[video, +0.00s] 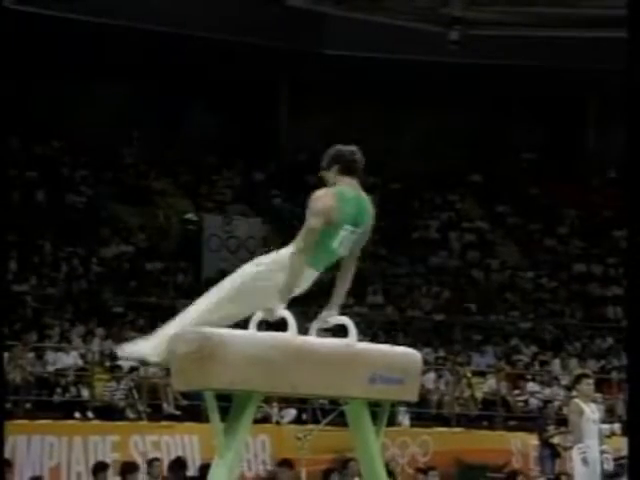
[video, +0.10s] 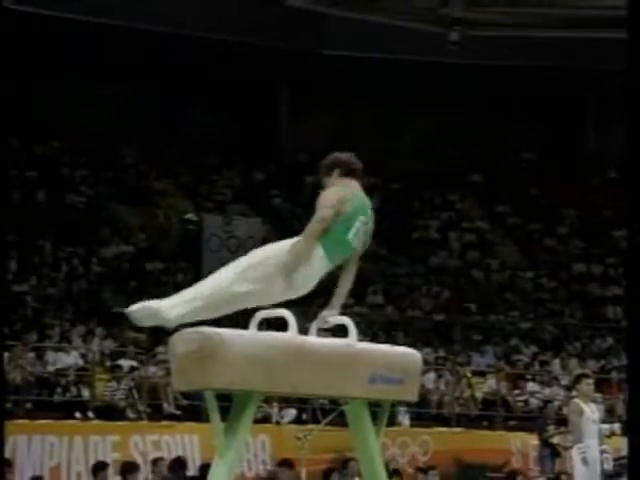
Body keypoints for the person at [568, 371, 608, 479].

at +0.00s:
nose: (591, 388)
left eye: (592, 384)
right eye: (587, 384)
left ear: (594, 386)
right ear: (577, 387)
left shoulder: (593, 406)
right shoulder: (575, 405)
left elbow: (594, 428)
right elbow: (575, 429)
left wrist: (611, 429)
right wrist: (581, 452)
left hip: (595, 448)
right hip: (584, 449)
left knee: (595, 474)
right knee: (584, 475)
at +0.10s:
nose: (591, 387)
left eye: (592, 384)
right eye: (587, 384)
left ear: (594, 386)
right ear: (577, 387)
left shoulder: (593, 406)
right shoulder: (575, 404)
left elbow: (594, 428)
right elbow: (575, 430)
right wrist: (580, 452)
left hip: (594, 448)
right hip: (583, 449)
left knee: (595, 474)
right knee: (583, 475)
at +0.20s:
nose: (590, 387)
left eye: (591, 384)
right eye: (586, 384)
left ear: (593, 386)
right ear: (577, 387)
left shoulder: (592, 406)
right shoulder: (575, 404)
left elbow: (594, 428)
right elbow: (574, 430)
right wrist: (580, 451)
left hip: (594, 448)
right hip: (582, 449)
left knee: (594, 474)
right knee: (583, 475)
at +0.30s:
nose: (590, 387)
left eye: (591, 384)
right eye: (587, 384)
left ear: (593, 386)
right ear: (577, 387)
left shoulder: (592, 405)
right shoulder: (575, 404)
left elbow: (594, 428)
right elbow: (575, 429)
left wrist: (610, 428)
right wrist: (581, 452)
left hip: (594, 448)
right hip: (583, 449)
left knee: (594, 474)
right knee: (583, 475)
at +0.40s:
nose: (590, 387)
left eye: (591, 384)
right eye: (586, 384)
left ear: (593, 386)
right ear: (577, 387)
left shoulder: (592, 405)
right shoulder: (575, 404)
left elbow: (594, 428)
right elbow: (575, 429)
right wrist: (580, 451)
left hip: (594, 448)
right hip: (583, 449)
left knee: (594, 474)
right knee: (583, 475)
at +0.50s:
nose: (590, 387)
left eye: (591, 384)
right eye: (586, 384)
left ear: (593, 386)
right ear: (577, 387)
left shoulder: (592, 405)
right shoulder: (575, 404)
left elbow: (594, 428)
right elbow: (574, 429)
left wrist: (610, 428)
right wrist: (580, 452)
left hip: (594, 448)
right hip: (583, 450)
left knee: (594, 474)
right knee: (583, 475)